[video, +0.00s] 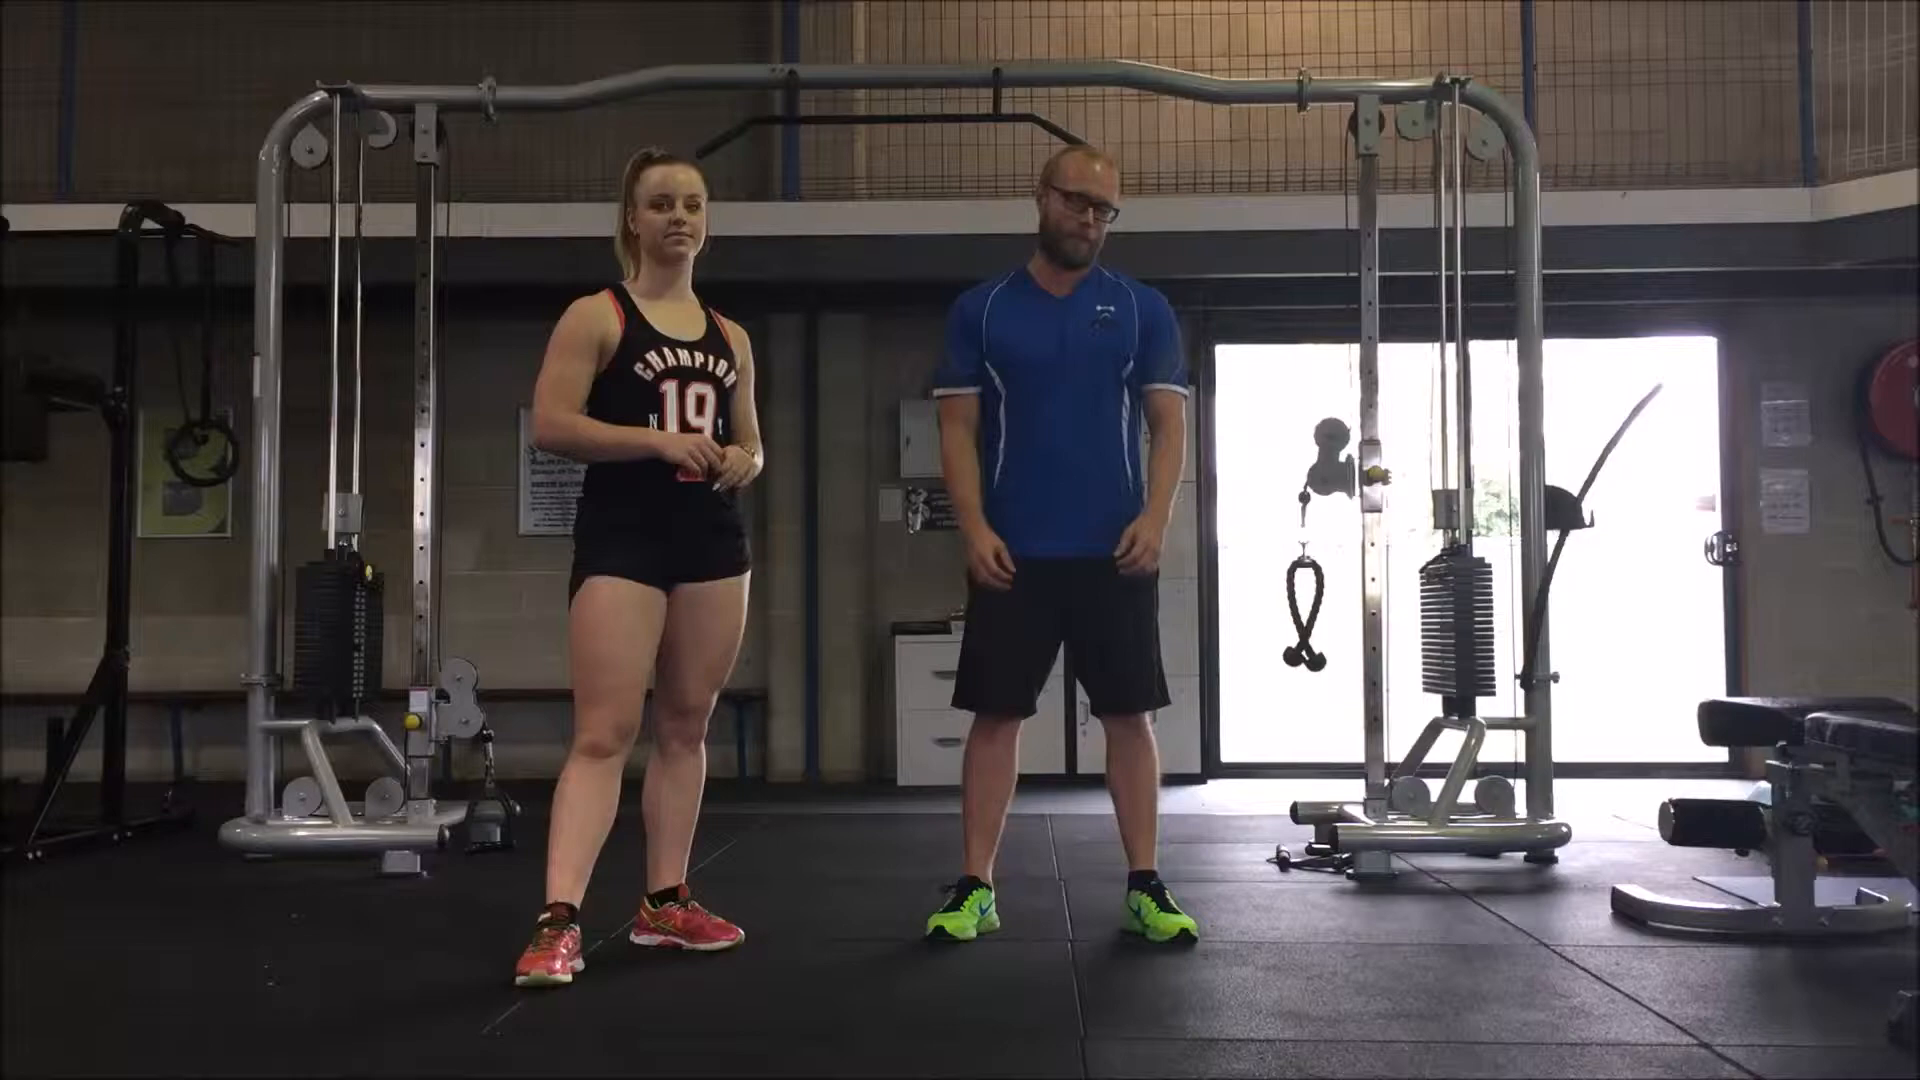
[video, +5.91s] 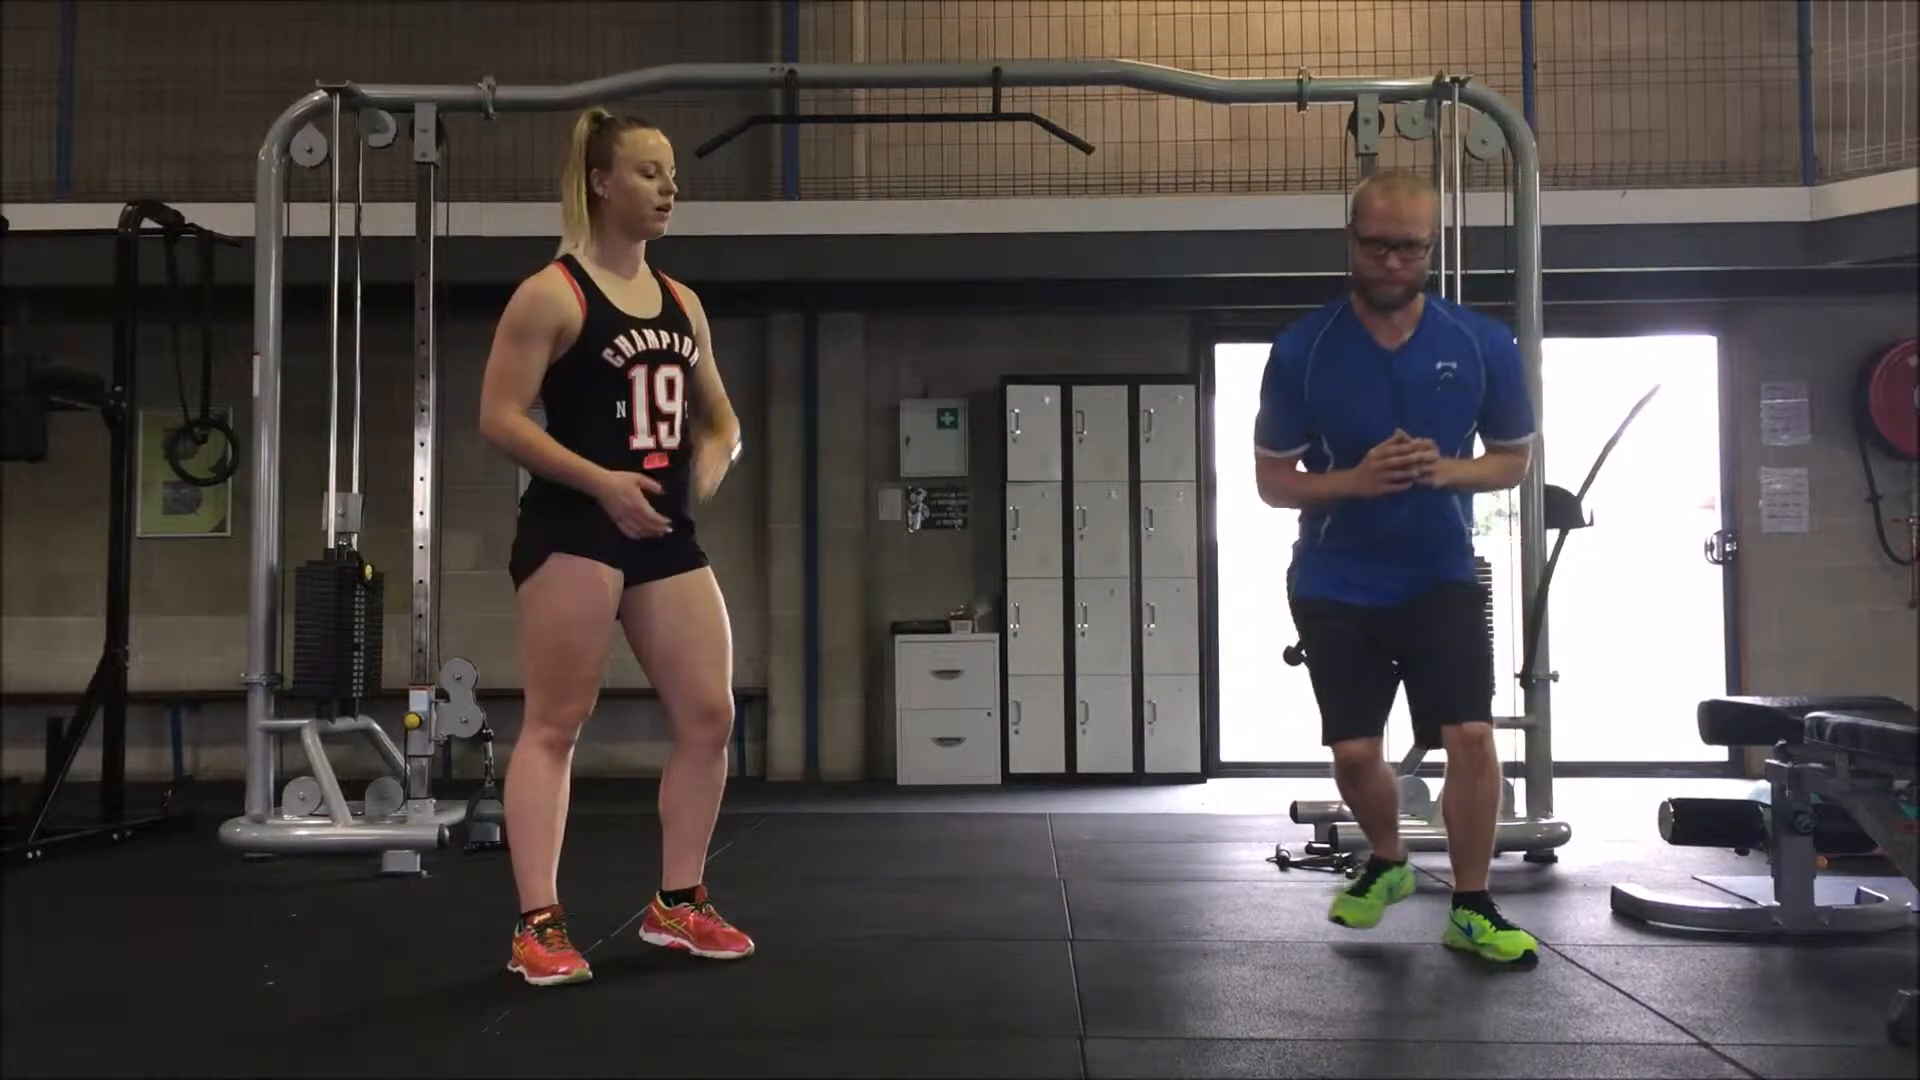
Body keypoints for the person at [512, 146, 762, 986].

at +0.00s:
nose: (679, 216)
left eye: (691, 205)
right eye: (662, 204)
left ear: (708, 221)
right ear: (631, 219)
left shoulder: (730, 337)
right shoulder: (595, 316)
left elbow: (748, 442)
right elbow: (550, 423)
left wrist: (742, 458)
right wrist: (657, 438)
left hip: (714, 549)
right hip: (621, 545)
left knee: (686, 728)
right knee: (602, 736)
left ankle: (667, 901)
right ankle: (559, 919)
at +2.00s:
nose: (605, 188)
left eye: (618, 177)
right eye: (588, 174)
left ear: (633, 198)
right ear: (553, 190)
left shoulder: (663, 306)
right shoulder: (512, 304)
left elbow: (699, 423)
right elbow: (465, 423)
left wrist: (679, 418)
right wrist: (574, 427)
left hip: (639, 533)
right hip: (545, 527)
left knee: (652, 731)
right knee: (546, 722)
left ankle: (662, 900)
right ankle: (537, 923)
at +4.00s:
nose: (601, 188)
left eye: (615, 176)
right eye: (583, 173)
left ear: (630, 196)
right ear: (550, 190)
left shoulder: (658, 310)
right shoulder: (504, 302)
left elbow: (689, 437)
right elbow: (460, 422)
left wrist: (668, 418)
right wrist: (563, 415)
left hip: (630, 530)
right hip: (536, 524)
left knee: (659, 730)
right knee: (545, 719)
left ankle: (665, 901)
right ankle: (537, 924)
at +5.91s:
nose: (667, 188)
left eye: (670, 175)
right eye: (649, 172)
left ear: (665, 190)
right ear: (598, 181)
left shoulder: (679, 301)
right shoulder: (549, 296)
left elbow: (719, 421)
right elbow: (498, 419)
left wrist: (706, 470)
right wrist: (601, 482)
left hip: (664, 532)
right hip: (574, 531)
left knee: (708, 718)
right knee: (554, 724)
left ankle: (678, 903)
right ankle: (538, 925)